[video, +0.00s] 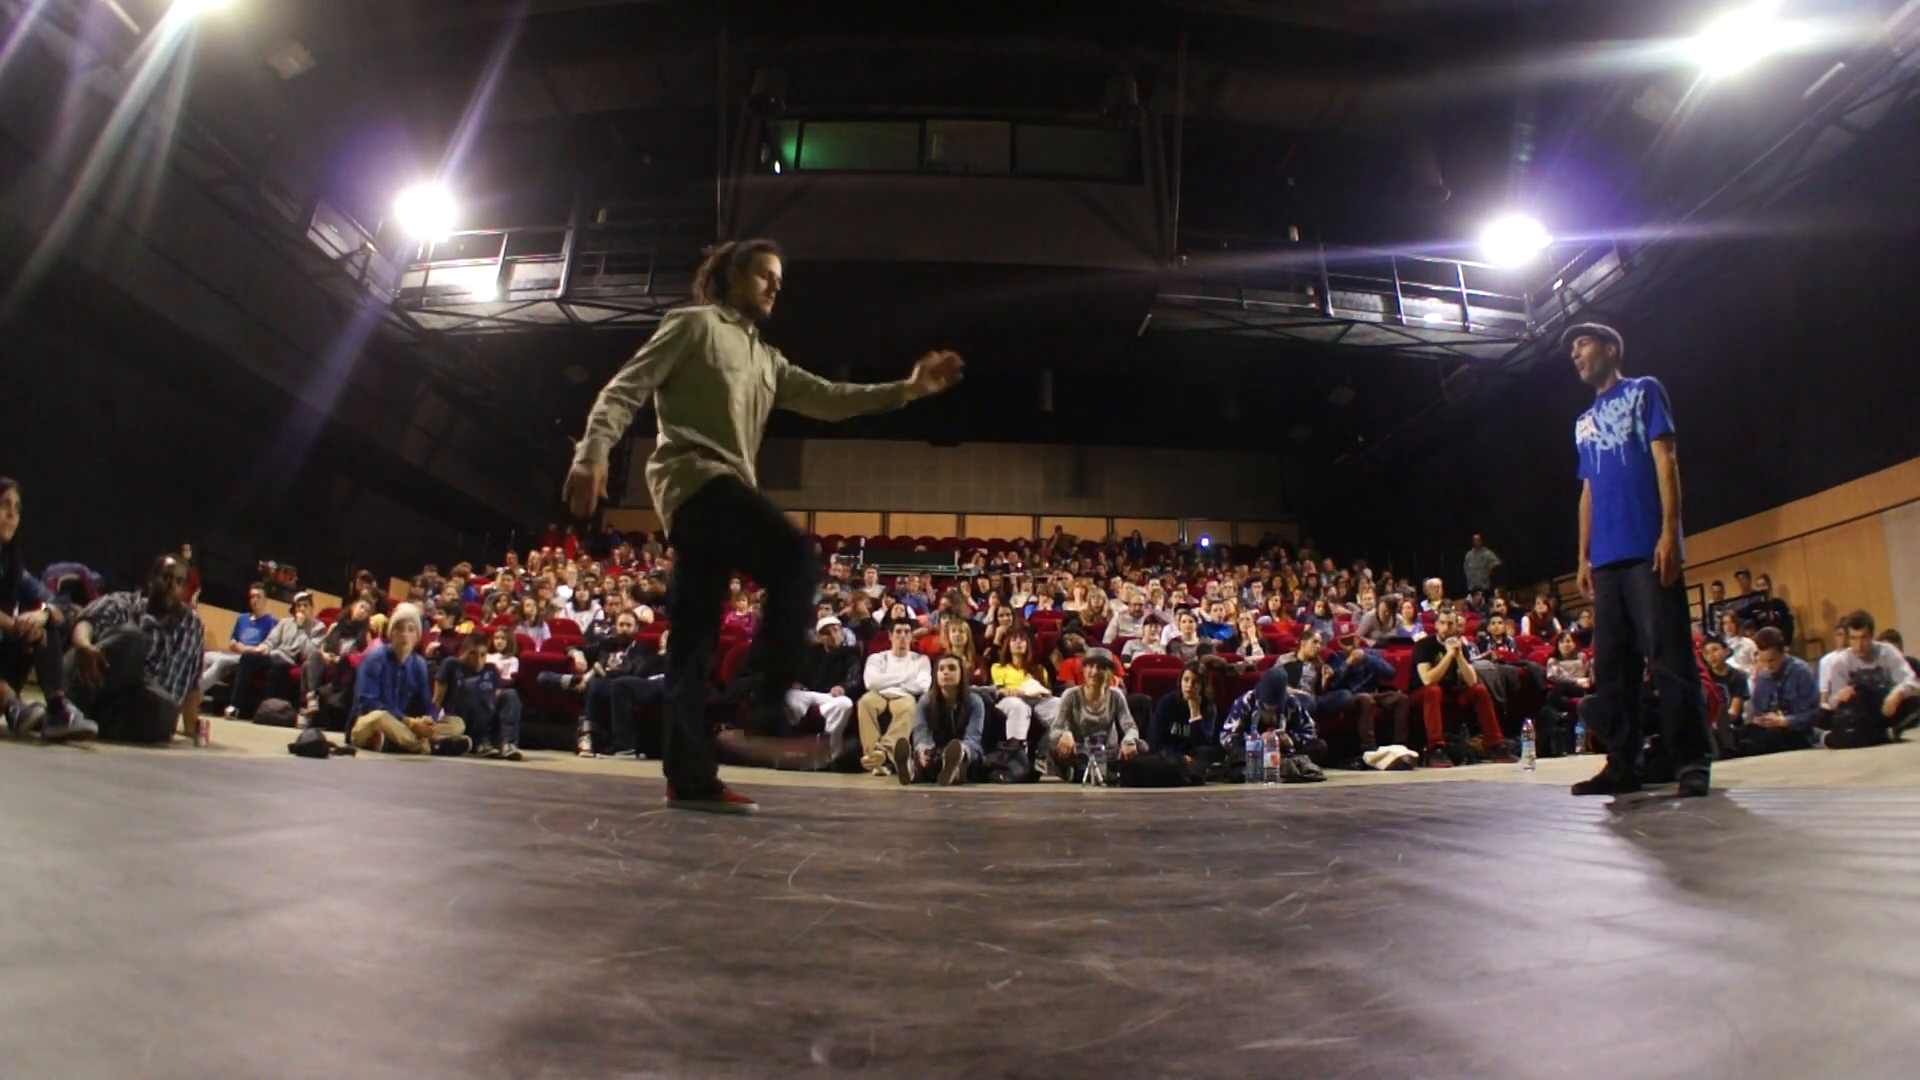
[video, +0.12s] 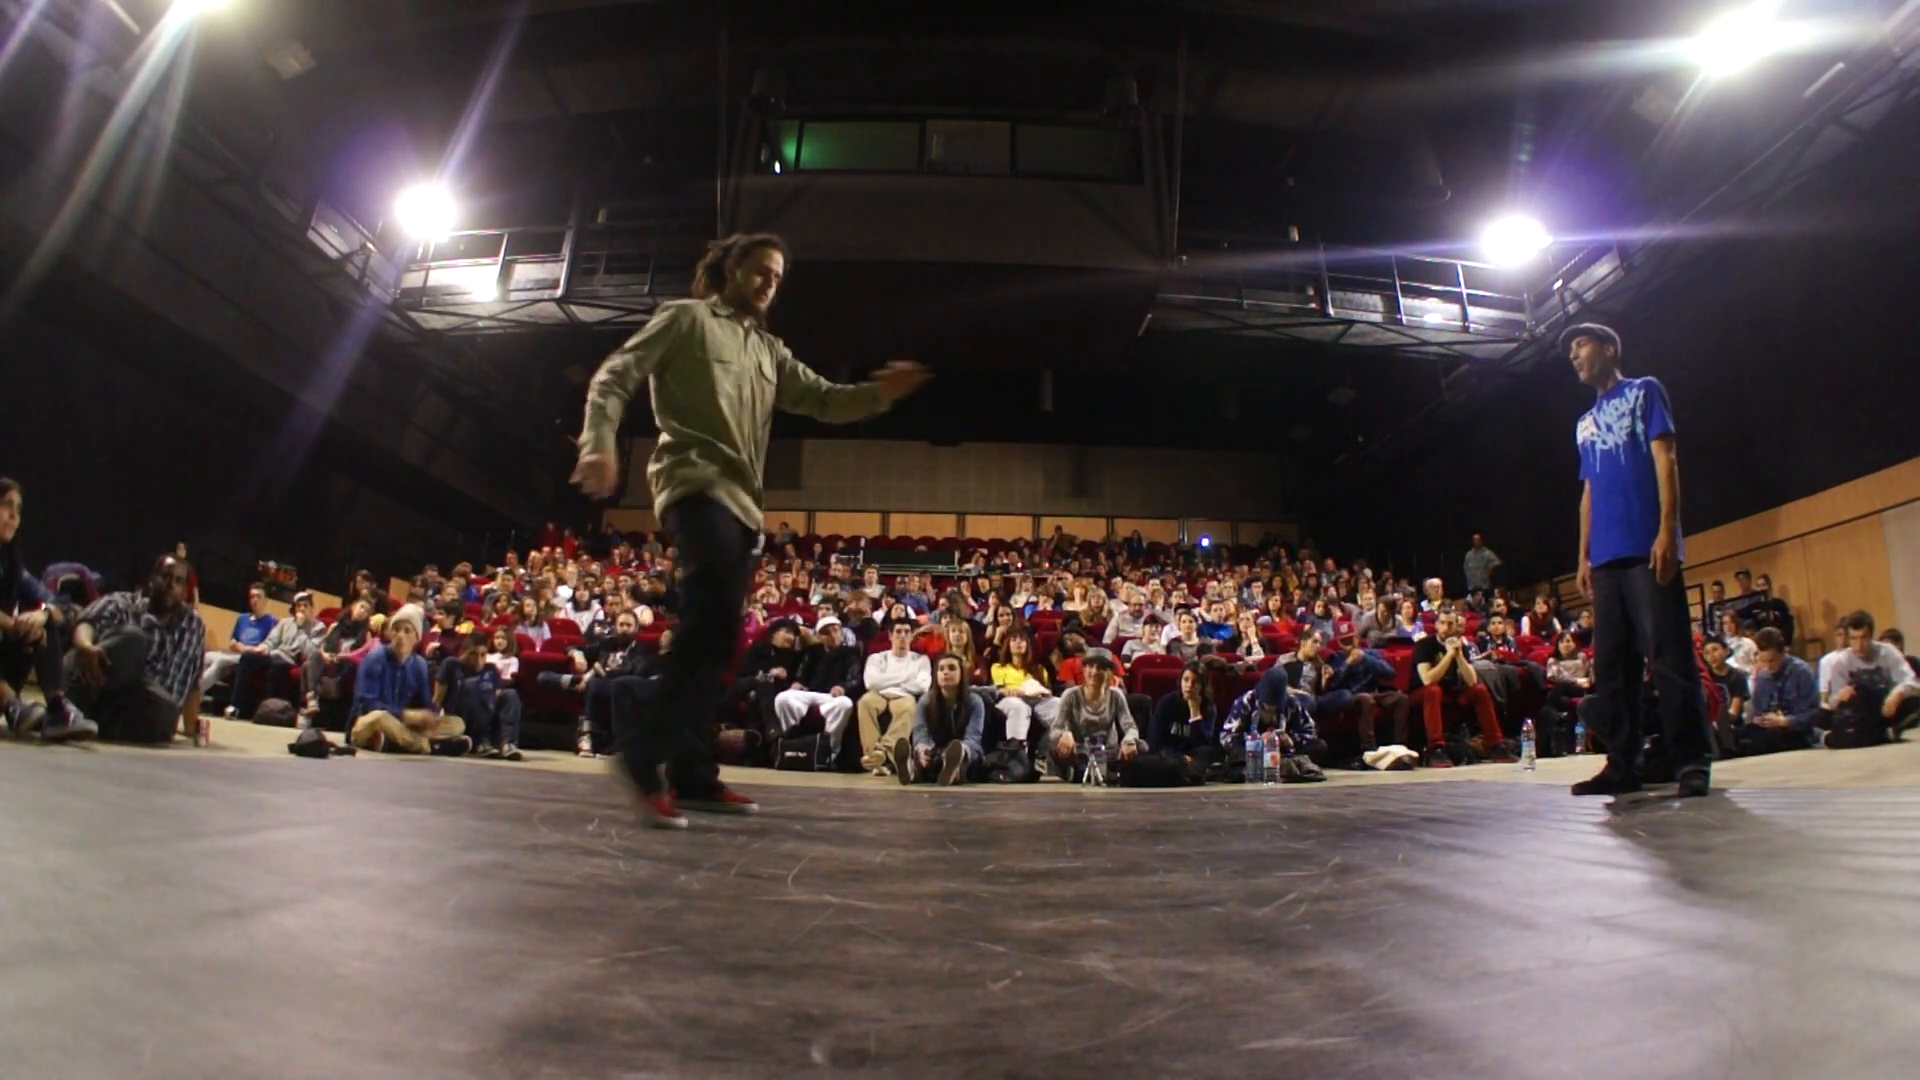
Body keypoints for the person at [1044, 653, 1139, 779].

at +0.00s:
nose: (1094, 672)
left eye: (1100, 668)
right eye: (1090, 666)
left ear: (1108, 672)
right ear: (1083, 669)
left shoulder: (1116, 696)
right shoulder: (1070, 695)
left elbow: (1130, 727)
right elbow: (1054, 731)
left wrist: (1128, 741)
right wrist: (1065, 734)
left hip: (1108, 752)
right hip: (1077, 753)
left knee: (1140, 747)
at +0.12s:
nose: (1094, 672)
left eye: (1100, 668)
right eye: (1090, 666)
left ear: (1108, 672)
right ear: (1084, 669)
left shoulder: (1116, 695)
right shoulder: (1070, 695)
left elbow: (1130, 727)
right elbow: (1054, 732)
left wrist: (1128, 741)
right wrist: (1065, 734)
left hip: (1108, 753)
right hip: (1077, 753)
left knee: (1140, 747)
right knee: (1057, 749)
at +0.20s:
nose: (1094, 672)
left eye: (1100, 668)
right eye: (1090, 666)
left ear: (1108, 672)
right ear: (1083, 669)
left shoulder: (1116, 695)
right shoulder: (1070, 695)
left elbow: (1130, 727)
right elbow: (1054, 731)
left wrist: (1129, 741)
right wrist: (1065, 734)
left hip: (1108, 754)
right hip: (1077, 754)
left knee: (1140, 747)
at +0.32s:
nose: (1094, 672)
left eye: (1100, 668)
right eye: (1090, 667)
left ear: (1109, 673)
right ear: (1083, 669)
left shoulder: (1116, 695)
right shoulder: (1070, 695)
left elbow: (1130, 727)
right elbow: (1054, 731)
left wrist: (1129, 741)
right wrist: (1065, 734)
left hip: (1108, 753)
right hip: (1077, 754)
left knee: (1140, 746)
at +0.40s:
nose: (1093, 672)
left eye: (1100, 669)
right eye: (1089, 666)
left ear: (1109, 673)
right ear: (1083, 669)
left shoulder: (1116, 695)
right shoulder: (1070, 695)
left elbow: (1130, 727)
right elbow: (1054, 731)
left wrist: (1129, 741)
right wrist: (1065, 734)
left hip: (1108, 754)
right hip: (1077, 755)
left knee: (1139, 746)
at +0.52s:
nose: (1093, 672)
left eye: (1100, 669)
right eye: (1089, 666)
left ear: (1109, 673)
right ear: (1083, 669)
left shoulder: (1116, 695)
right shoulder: (1070, 695)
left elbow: (1129, 727)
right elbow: (1054, 731)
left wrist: (1129, 740)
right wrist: (1065, 734)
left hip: (1108, 755)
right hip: (1077, 755)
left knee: (1140, 746)